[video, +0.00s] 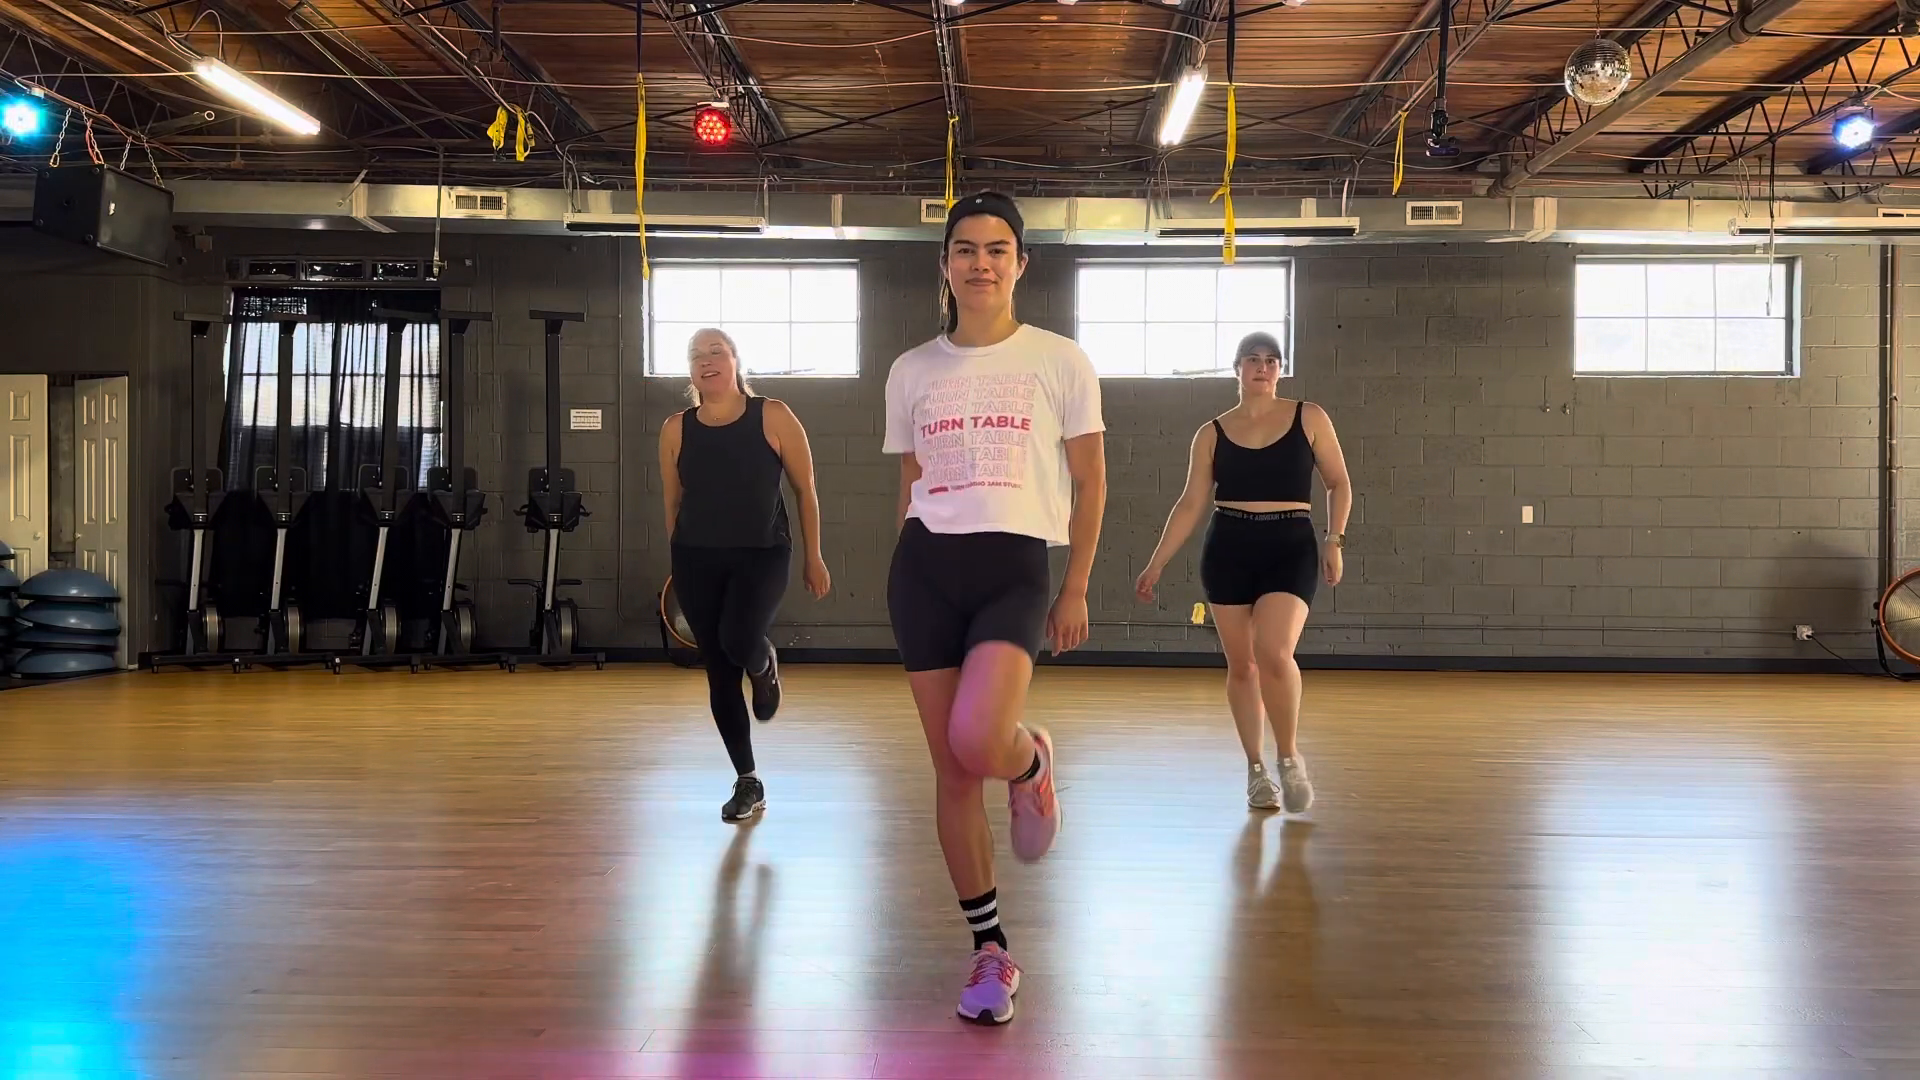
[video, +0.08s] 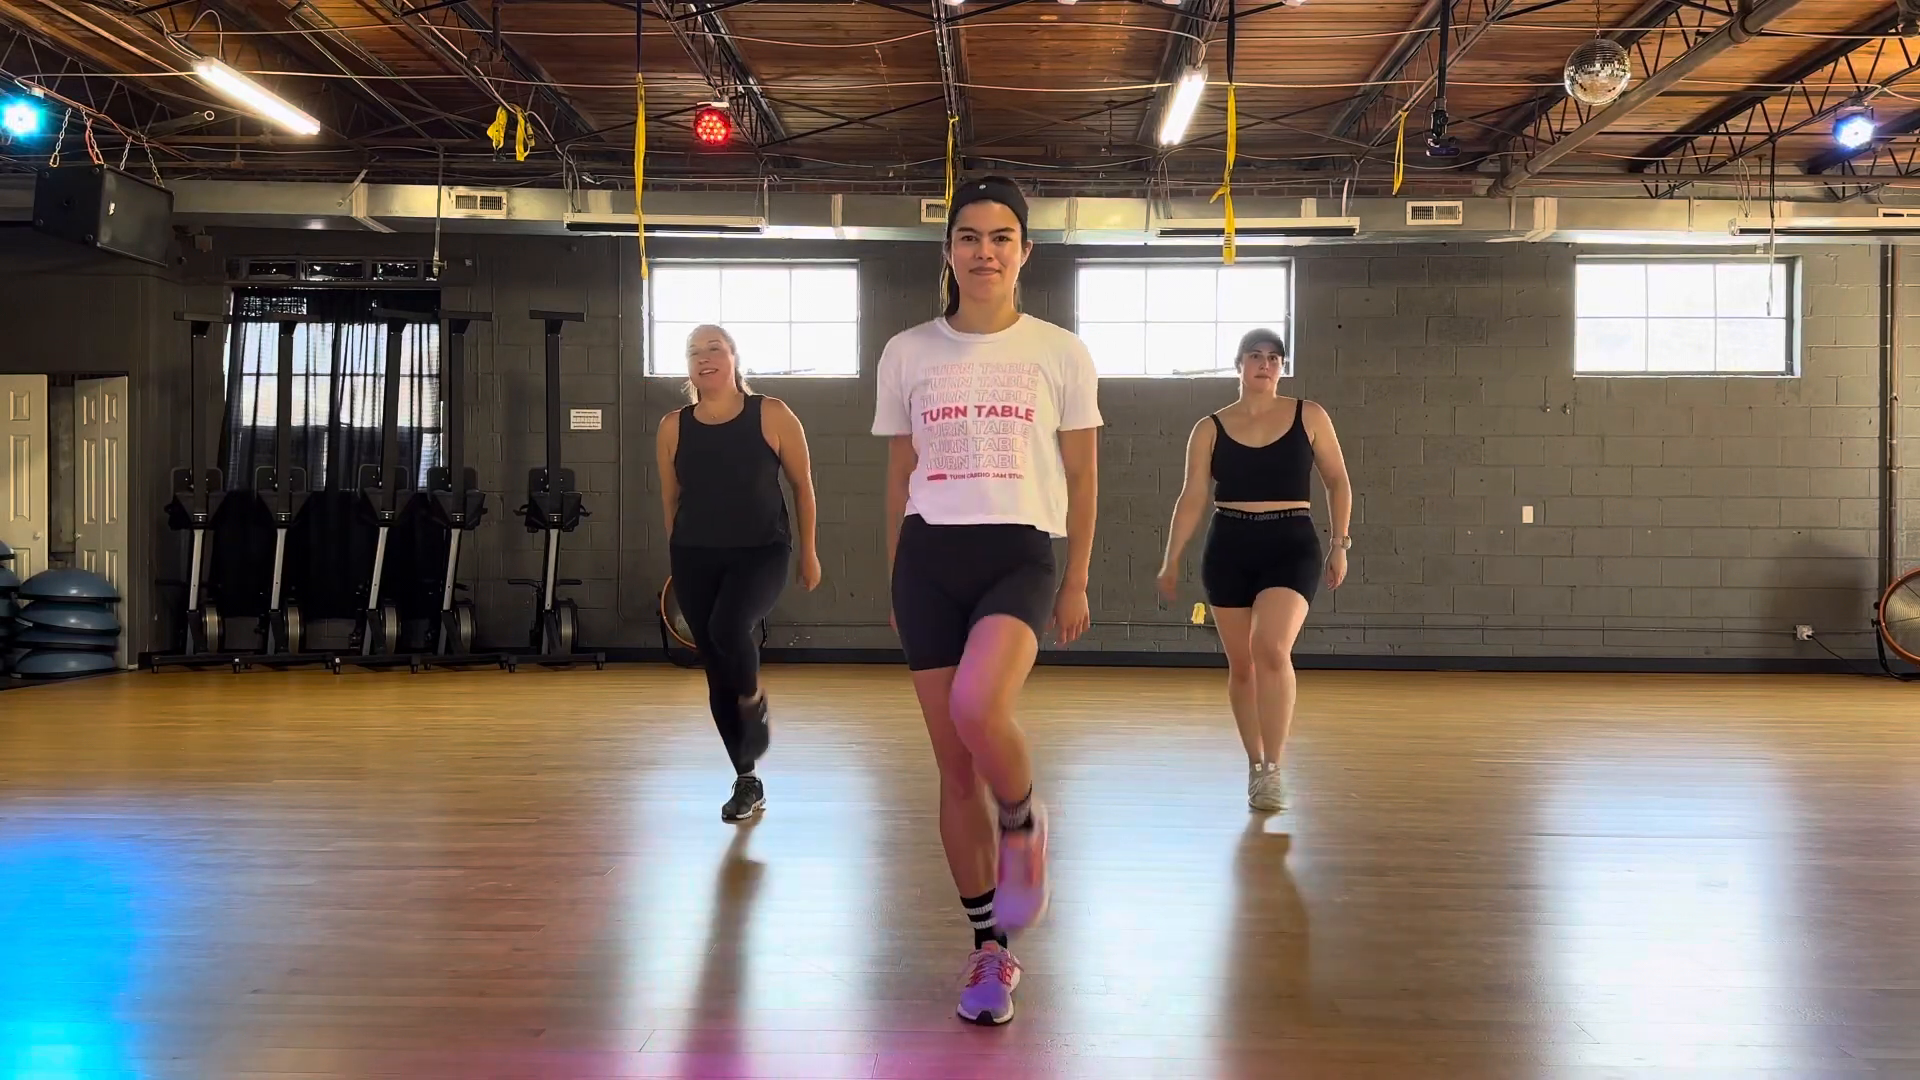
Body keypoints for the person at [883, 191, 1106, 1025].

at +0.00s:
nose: (980, 262)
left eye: (995, 249)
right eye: (966, 249)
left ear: (1019, 264)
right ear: (946, 265)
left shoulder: (1060, 360)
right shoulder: (912, 369)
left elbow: (1091, 485)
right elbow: (910, 484)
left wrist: (1075, 588)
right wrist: (907, 572)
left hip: (1015, 566)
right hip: (924, 568)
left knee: (981, 747)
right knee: (952, 768)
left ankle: (1032, 766)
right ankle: (988, 950)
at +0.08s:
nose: (985, 250)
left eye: (1000, 238)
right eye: (970, 237)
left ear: (1022, 253)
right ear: (950, 252)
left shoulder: (1061, 351)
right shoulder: (907, 352)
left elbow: (1082, 477)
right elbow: (901, 475)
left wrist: (1076, 580)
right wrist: (902, 576)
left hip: (1021, 555)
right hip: (928, 559)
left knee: (978, 710)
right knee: (957, 764)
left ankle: (1020, 829)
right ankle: (988, 945)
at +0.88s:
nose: (975, 224)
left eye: (994, 204)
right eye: (955, 204)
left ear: (1020, 216)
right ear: (927, 215)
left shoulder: (1068, 312)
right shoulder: (875, 312)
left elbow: (1205, 309)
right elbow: (744, 308)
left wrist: (1169, 319)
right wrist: (763, 318)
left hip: (1040, 578)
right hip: (933, 576)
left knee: (1014, 823)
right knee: (956, 778)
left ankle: (974, 1040)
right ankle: (894, 915)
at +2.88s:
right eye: (1110, 189)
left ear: (1030, 204)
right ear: (1113, 205)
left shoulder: (979, 316)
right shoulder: (1140, 313)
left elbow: (927, 438)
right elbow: (1158, 442)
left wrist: (909, 510)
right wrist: (1204, 565)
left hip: (1011, 567)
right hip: (1114, 567)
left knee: (1023, 794)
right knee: (1099, 737)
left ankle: (1036, 1026)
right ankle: (1104, 920)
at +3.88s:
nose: (1018, 309)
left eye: (1020, 298)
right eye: (1025, 297)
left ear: (1028, 303)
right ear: (1092, 299)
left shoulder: (1001, 389)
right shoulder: (1144, 385)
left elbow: (1002, 501)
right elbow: (1178, 488)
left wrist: (988, 604)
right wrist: (1202, 578)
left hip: (1029, 587)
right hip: (1110, 586)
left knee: (1040, 749)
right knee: (1096, 765)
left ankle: (1053, 885)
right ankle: (1075, 945)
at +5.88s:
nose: (1024, 348)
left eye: (1035, 336)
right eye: (1010, 339)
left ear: (1055, 348)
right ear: (993, 356)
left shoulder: (1073, 426)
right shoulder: (974, 431)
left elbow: (1054, 502)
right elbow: (901, 510)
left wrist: (1045, 570)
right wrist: (860, 604)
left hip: (1053, 584)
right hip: (981, 587)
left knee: (1059, 728)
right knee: (967, 730)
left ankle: (1058, 892)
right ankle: (947, 806)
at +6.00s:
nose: (1027, 337)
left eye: (1038, 325)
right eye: (1012, 328)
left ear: (1057, 335)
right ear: (995, 345)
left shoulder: (1076, 411)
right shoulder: (984, 420)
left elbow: (1054, 490)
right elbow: (913, 507)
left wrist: (1040, 553)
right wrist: (876, 603)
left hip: (1055, 577)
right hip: (983, 580)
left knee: (1061, 731)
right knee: (960, 731)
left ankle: (1057, 891)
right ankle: (925, 793)